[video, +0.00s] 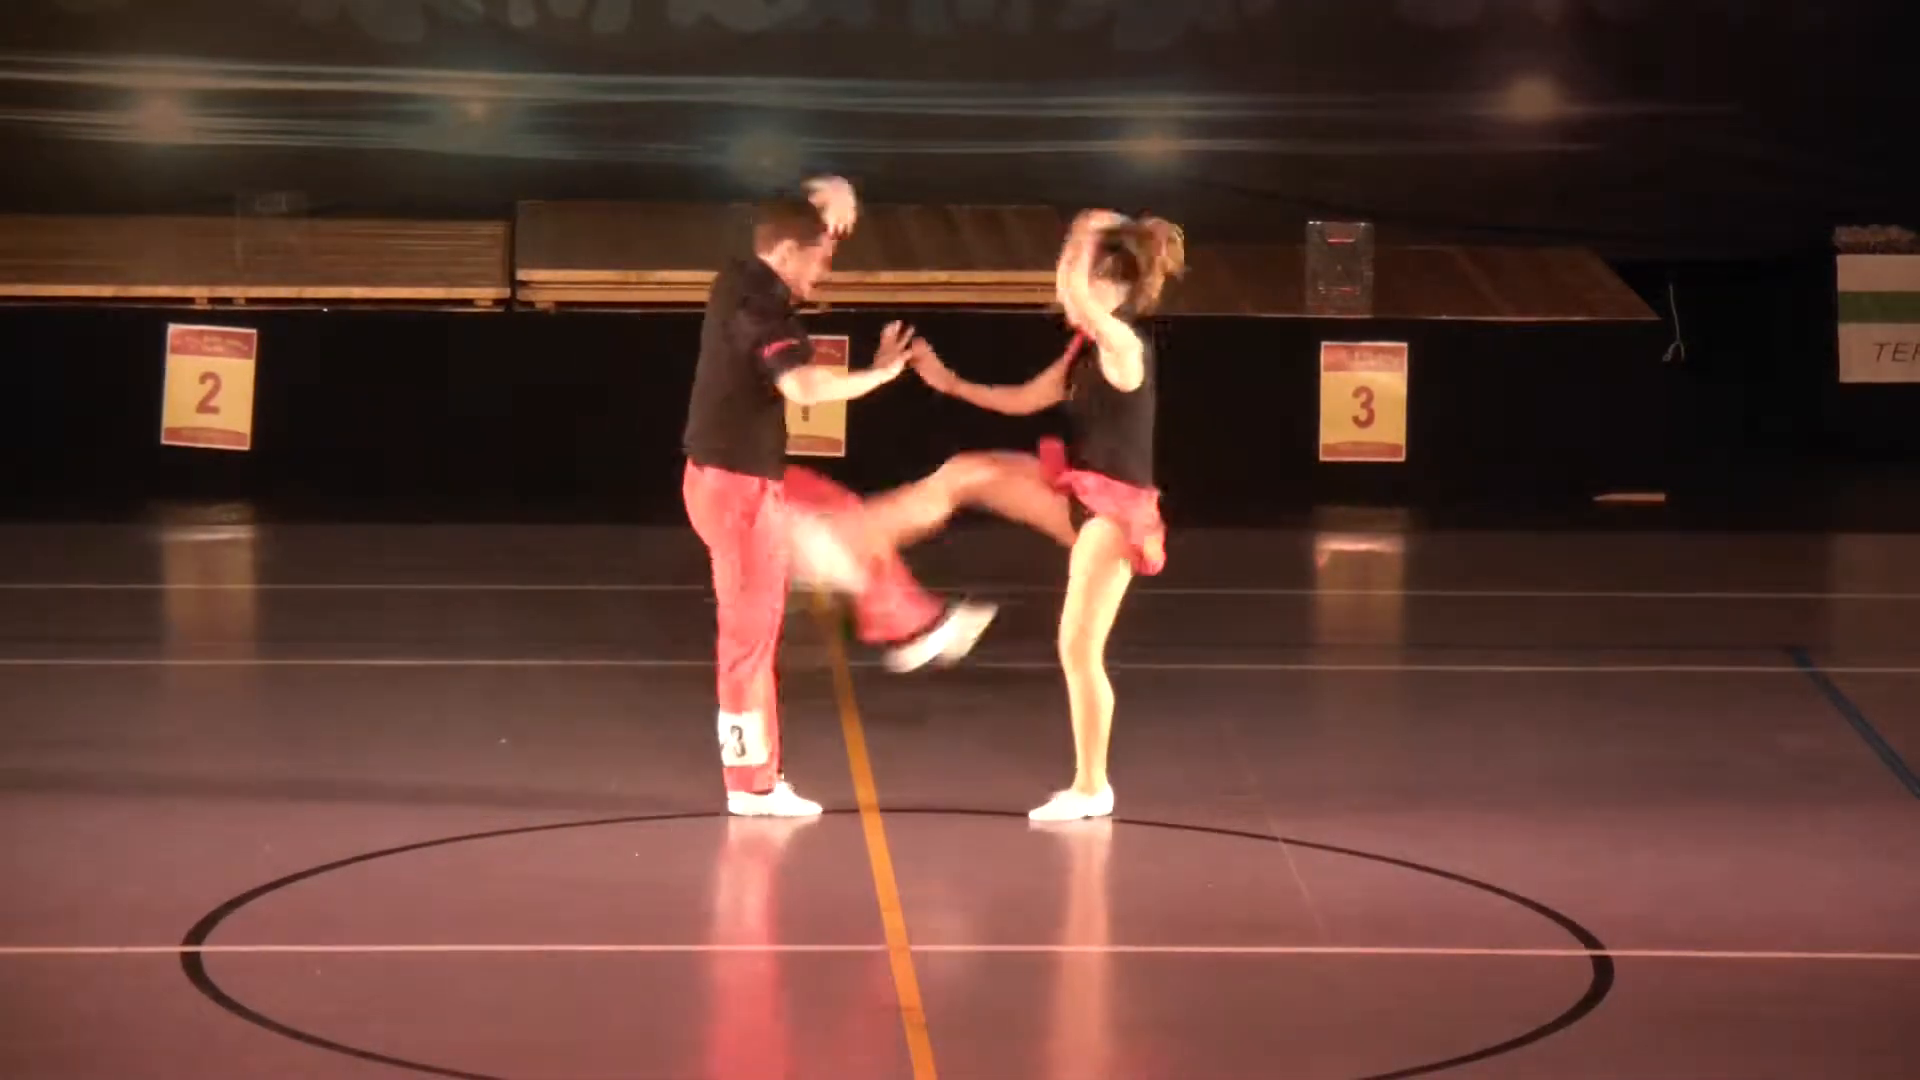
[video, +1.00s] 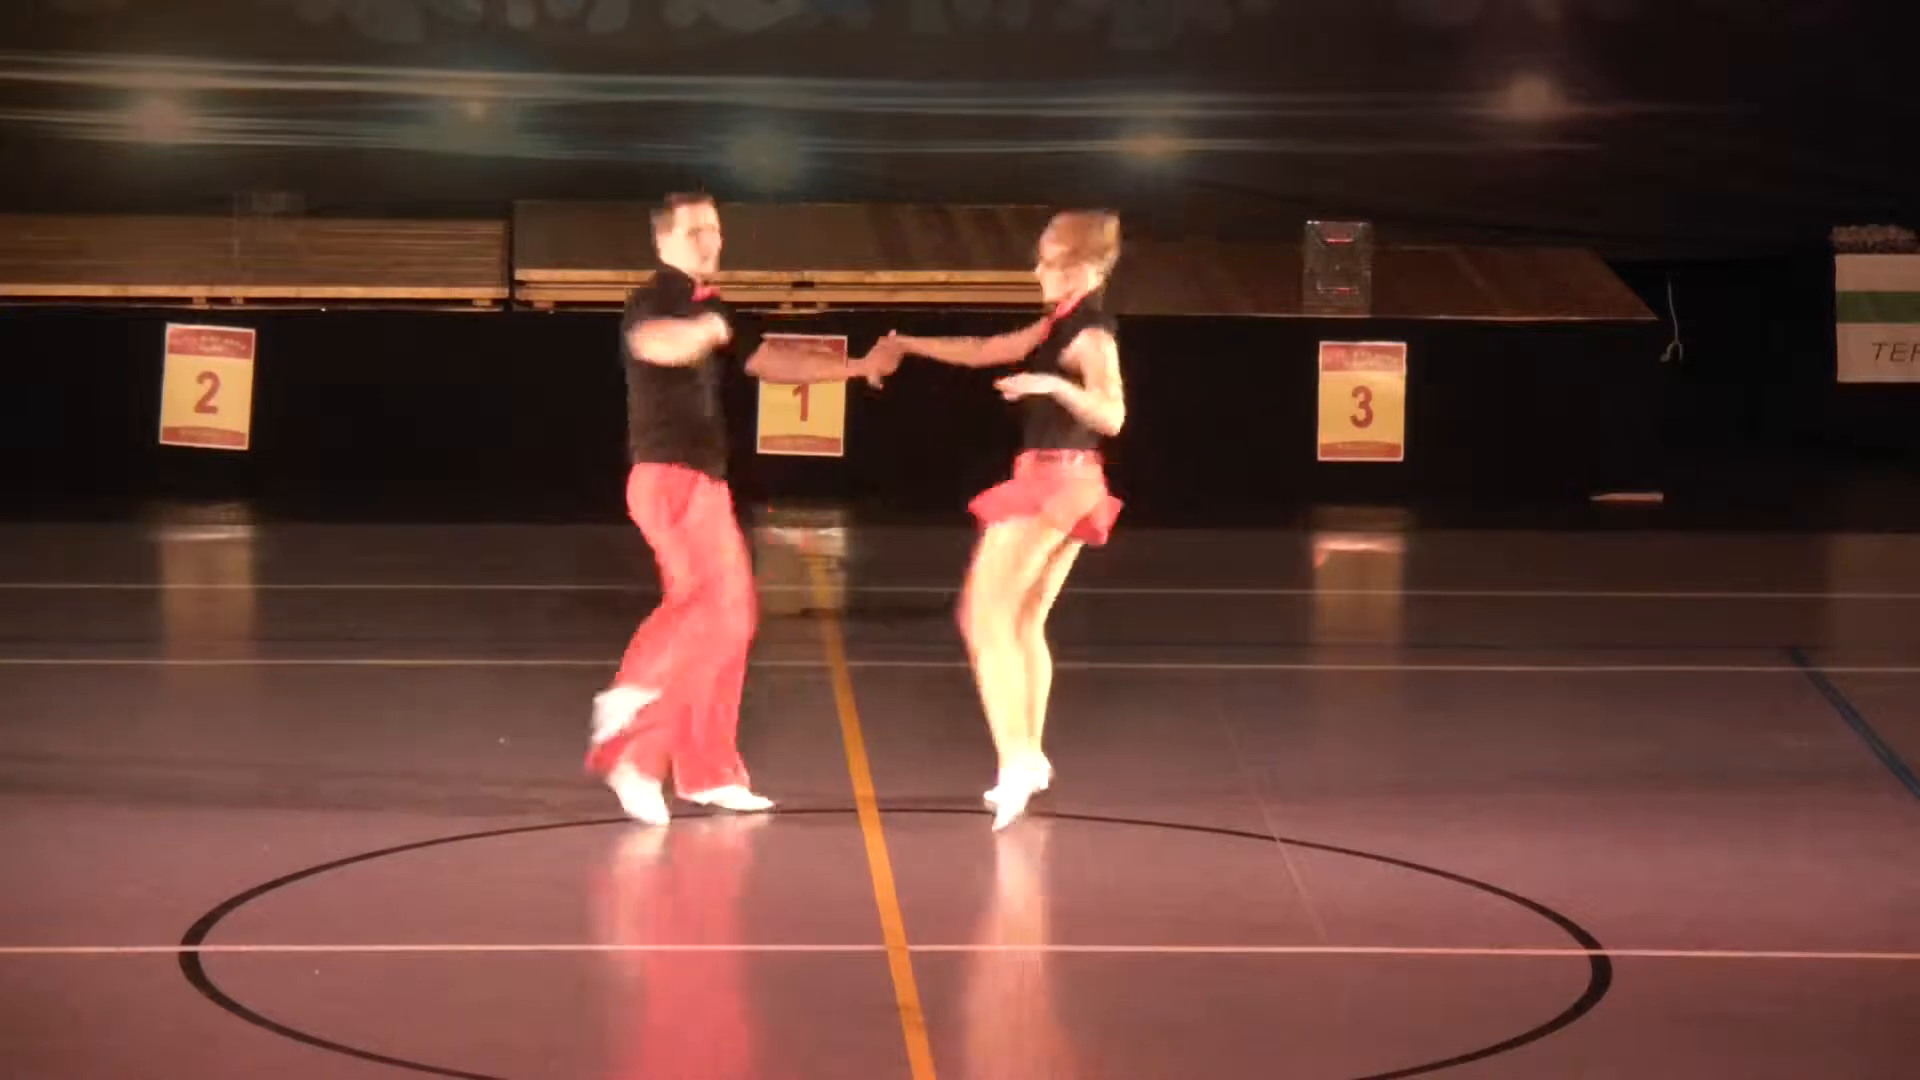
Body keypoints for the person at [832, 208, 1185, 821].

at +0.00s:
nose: (1072, 278)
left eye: (1088, 271)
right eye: (1075, 269)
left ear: (1117, 285)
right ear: (1093, 283)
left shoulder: (1127, 346)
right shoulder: (1088, 346)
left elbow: (1072, 293)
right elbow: (1024, 401)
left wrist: (1084, 235)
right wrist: (950, 383)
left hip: (1116, 517)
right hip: (1075, 498)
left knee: (1079, 648)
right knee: (962, 474)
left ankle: (1091, 788)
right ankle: (846, 541)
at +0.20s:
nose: (1024, 260)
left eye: (1033, 249)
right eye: (1023, 248)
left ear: (1072, 253)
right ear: (1053, 255)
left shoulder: (1110, 323)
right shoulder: (1029, 318)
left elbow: (1133, 396)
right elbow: (960, 371)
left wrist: (1098, 312)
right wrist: (898, 345)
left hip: (1100, 485)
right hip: (1040, 478)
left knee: (999, 591)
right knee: (948, 536)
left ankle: (1065, 706)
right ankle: (1005, 668)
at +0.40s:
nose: (1002, 286)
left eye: (1012, 275)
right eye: (1003, 274)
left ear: (1049, 282)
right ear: (1034, 281)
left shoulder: (1061, 357)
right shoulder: (1030, 345)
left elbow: (1032, 454)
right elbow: (980, 413)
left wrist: (987, 391)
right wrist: (912, 390)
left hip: (1044, 519)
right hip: (1049, 515)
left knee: (1001, 652)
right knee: (1037, 649)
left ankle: (1039, 794)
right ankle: (1066, 778)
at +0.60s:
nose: (1044, 274)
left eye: (1049, 262)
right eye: (1030, 265)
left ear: (1056, 268)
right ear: (1006, 273)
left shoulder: (1033, 333)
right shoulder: (1030, 340)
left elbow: (1071, 404)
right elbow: (1091, 412)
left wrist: (1085, 365)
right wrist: (1125, 358)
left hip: (1024, 500)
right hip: (1018, 504)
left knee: (1047, 621)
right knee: (1011, 636)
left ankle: (969, 547)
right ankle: (952, 771)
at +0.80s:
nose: (1013, 260)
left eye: (1025, 250)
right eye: (1015, 248)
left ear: (1062, 263)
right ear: (1033, 260)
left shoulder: (1100, 337)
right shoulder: (1000, 320)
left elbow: (1137, 421)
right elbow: (943, 385)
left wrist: (1090, 387)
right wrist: (964, 347)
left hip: (1062, 495)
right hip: (992, 489)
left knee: (1033, 629)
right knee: (960, 621)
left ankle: (1040, 758)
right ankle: (972, 751)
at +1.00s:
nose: (1039, 268)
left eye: (1049, 258)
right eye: (1040, 257)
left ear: (1080, 263)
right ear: (1075, 263)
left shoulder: (1089, 331)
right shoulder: (1057, 327)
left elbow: (1111, 415)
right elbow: (985, 350)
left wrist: (1051, 384)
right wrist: (905, 343)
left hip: (1050, 485)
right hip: (1073, 487)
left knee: (984, 616)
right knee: (1025, 622)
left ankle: (1016, 759)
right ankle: (1027, 755)